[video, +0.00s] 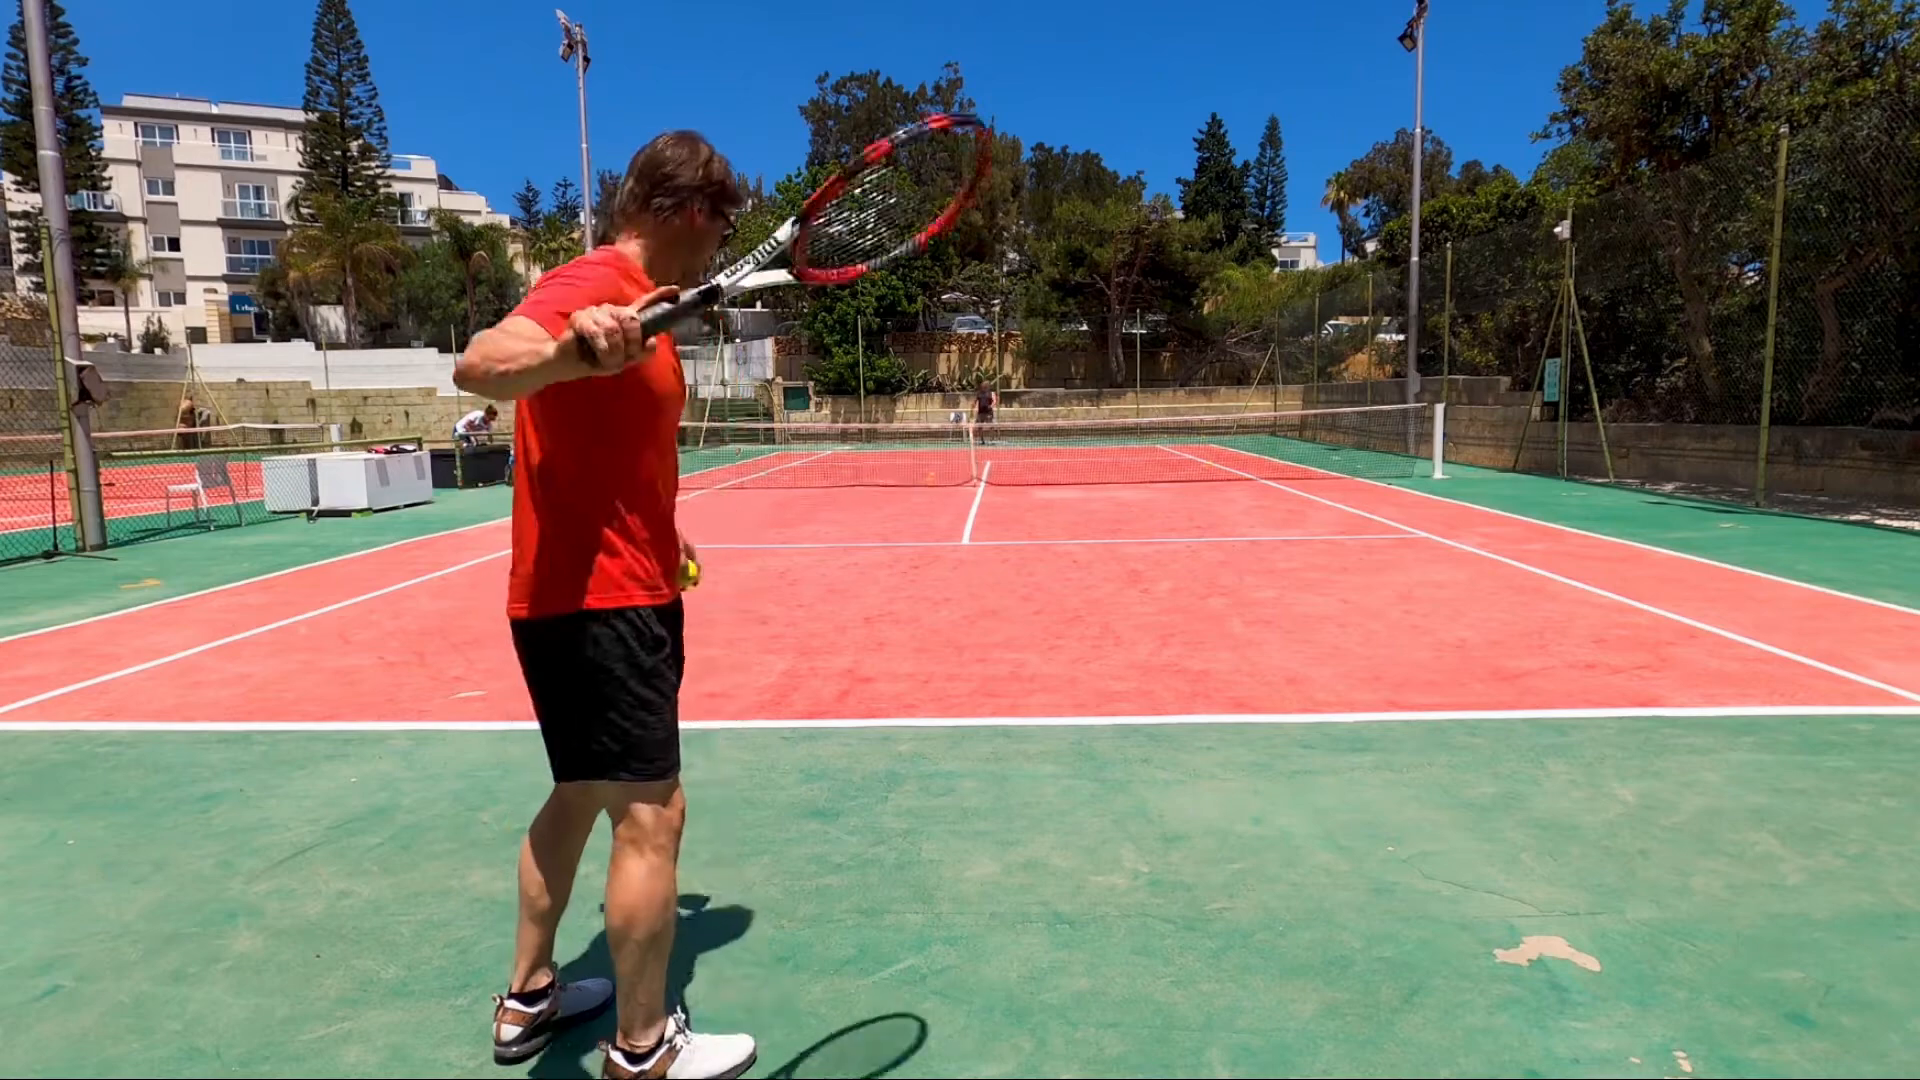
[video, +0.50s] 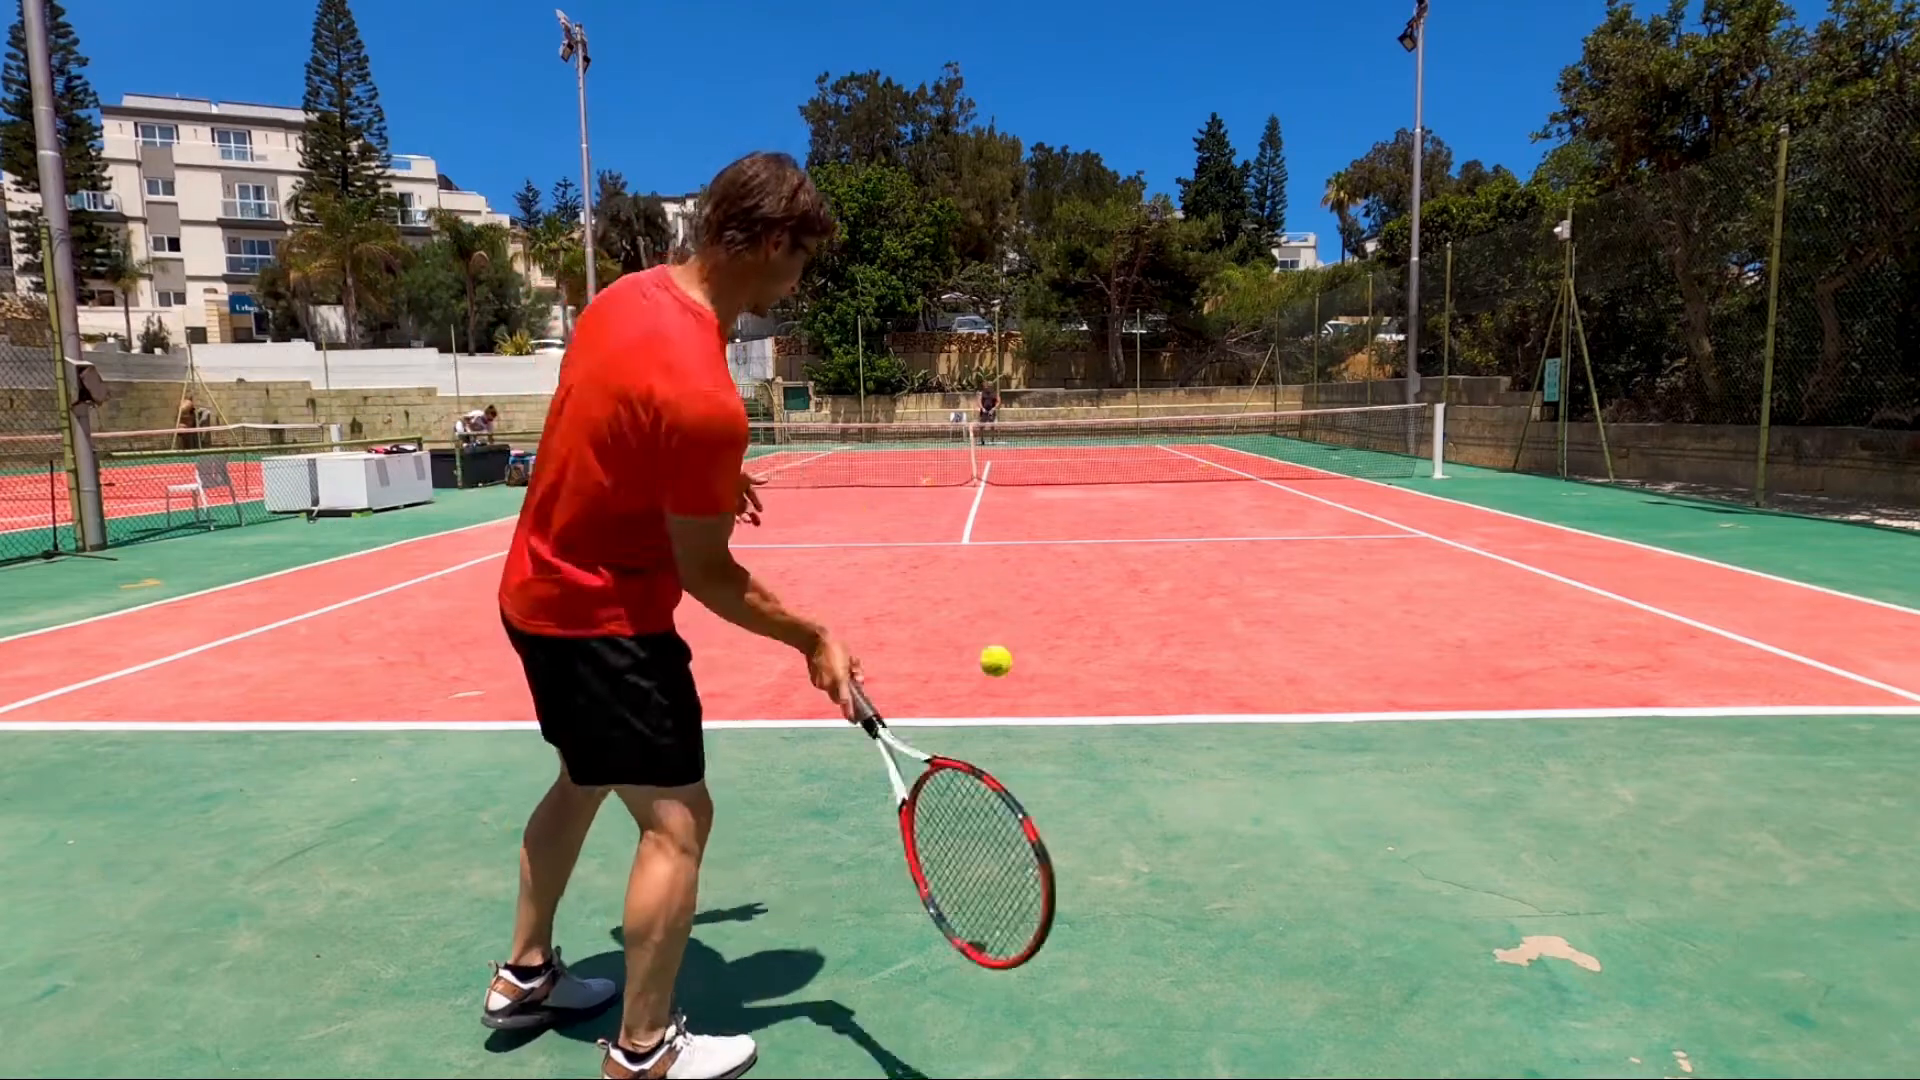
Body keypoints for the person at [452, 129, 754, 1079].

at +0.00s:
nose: (716, 254)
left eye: (720, 235)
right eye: (714, 232)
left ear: (657, 213)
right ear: (675, 216)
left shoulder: (643, 303)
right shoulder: (596, 284)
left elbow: (614, 447)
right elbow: (476, 366)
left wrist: (665, 540)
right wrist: (571, 351)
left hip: (588, 592)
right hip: (603, 596)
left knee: (579, 788)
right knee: (652, 817)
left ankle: (529, 990)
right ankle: (642, 1042)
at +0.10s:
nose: (732, 260)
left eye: (739, 241)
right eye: (733, 237)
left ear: (683, 218)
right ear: (690, 216)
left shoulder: (647, 304)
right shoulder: (589, 289)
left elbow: (640, 439)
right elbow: (451, 358)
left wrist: (717, 507)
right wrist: (470, 298)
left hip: (614, 587)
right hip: (595, 594)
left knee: (584, 788)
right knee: (656, 816)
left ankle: (529, 988)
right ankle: (644, 1041)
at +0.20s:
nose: (753, 262)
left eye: (758, 244)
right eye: (754, 240)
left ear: (696, 219)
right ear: (717, 224)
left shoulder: (672, 317)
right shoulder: (600, 300)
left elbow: (672, 425)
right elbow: (462, 377)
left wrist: (759, 479)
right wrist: (425, 341)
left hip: (617, 595)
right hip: (595, 601)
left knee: (584, 788)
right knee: (659, 816)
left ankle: (528, 988)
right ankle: (643, 1042)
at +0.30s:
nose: (774, 272)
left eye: (780, 254)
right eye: (775, 250)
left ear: (718, 231)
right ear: (734, 236)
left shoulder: (683, 317)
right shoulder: (625, 320)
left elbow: (672, 419)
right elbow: (534, 419)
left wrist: (759, 461)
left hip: (605, 601)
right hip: (598, 611)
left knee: (588, 782)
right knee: (662, 817)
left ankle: (527, 987)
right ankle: (641, 1043)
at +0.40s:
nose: (788, 286)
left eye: (796, 268)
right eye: (791, 264)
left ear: (723, 235)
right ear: (753, 245)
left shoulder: (660, 306)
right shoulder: (654, 361)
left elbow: (653, 429)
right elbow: (613, 534)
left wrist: (731, 467)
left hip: (574, 600)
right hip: (599, 617)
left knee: (577, 787)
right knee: (668, 820)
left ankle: (524, 981)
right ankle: (645, 1044)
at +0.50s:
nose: (796, 284)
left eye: (803, 266)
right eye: (798, 262)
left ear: (719, 231)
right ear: (761, 247)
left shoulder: (625, 298)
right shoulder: (703, 400)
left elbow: (600, 431)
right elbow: (705, 571)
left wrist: (705, 478)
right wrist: (810, 638)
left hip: (542, 590)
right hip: (609, 619)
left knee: (583, 776)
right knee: (676, 819)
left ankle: (526, 971)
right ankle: (644, 1044)